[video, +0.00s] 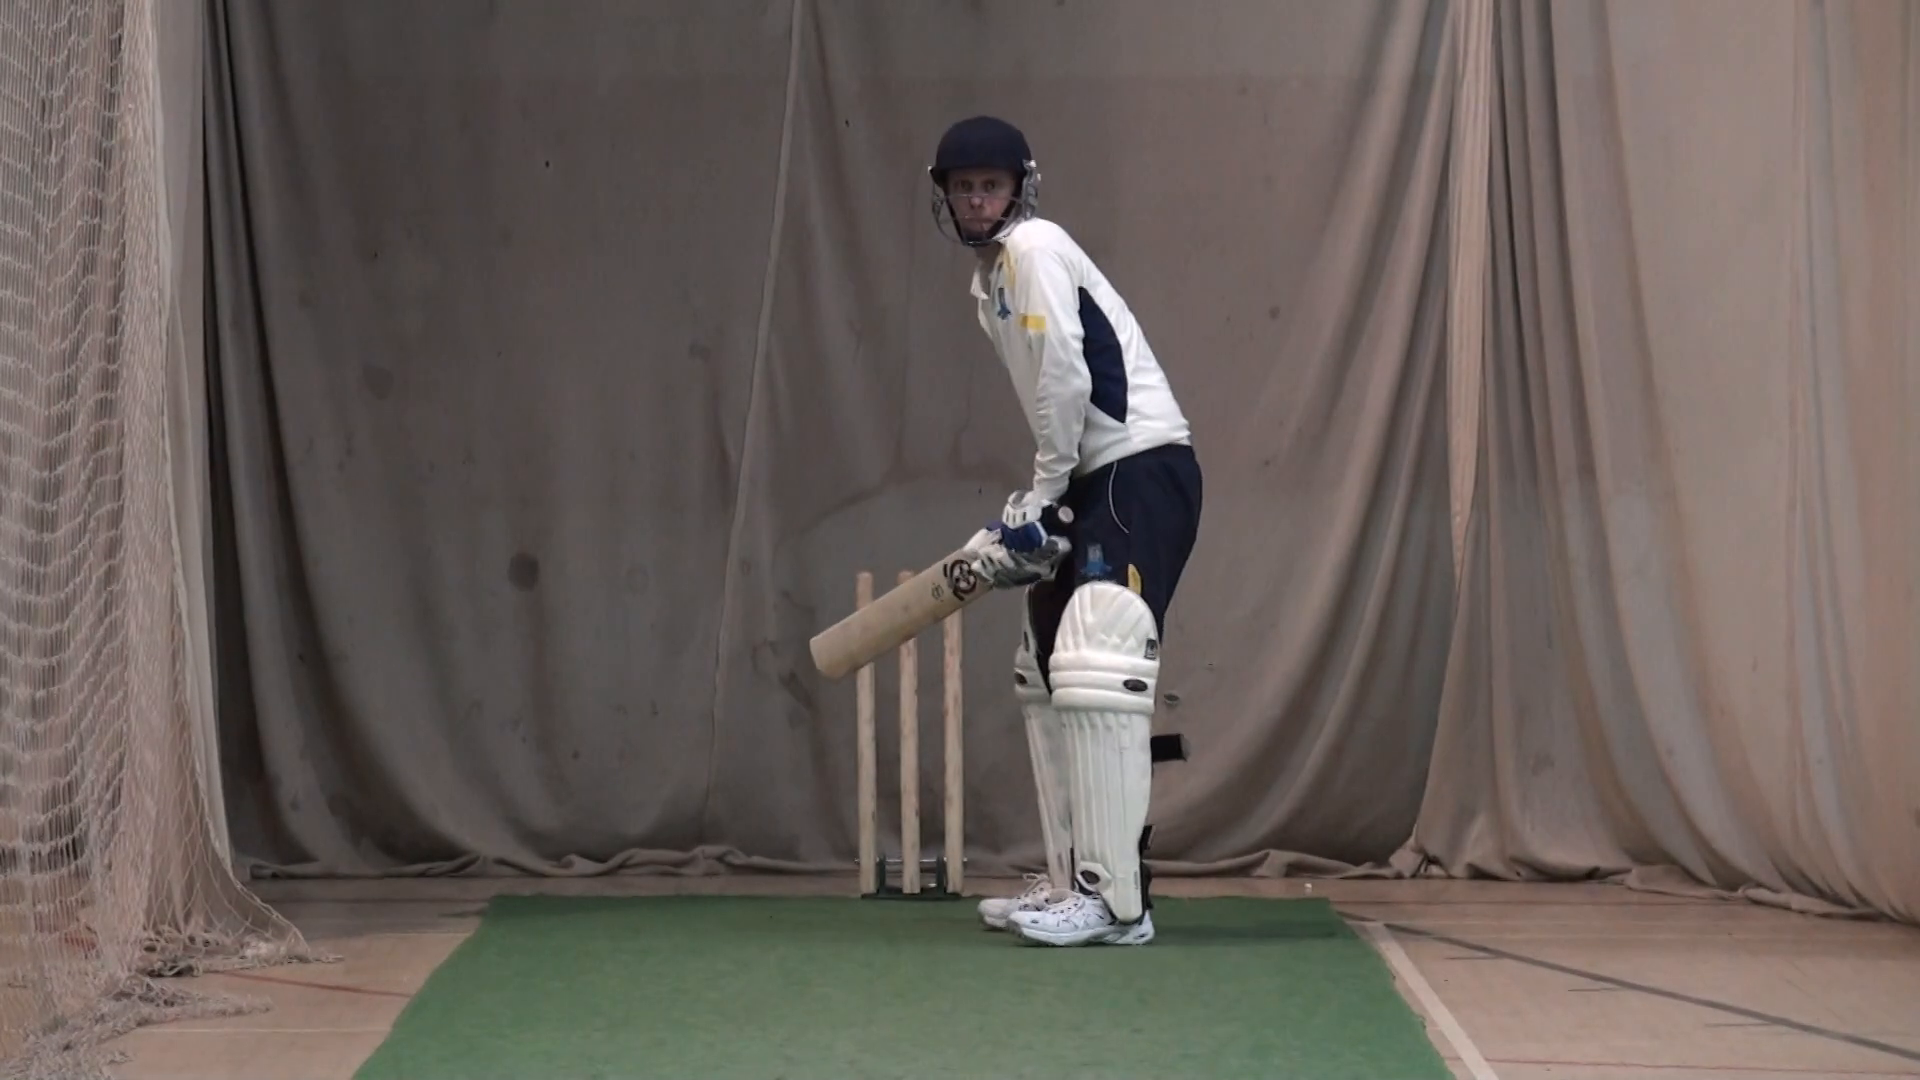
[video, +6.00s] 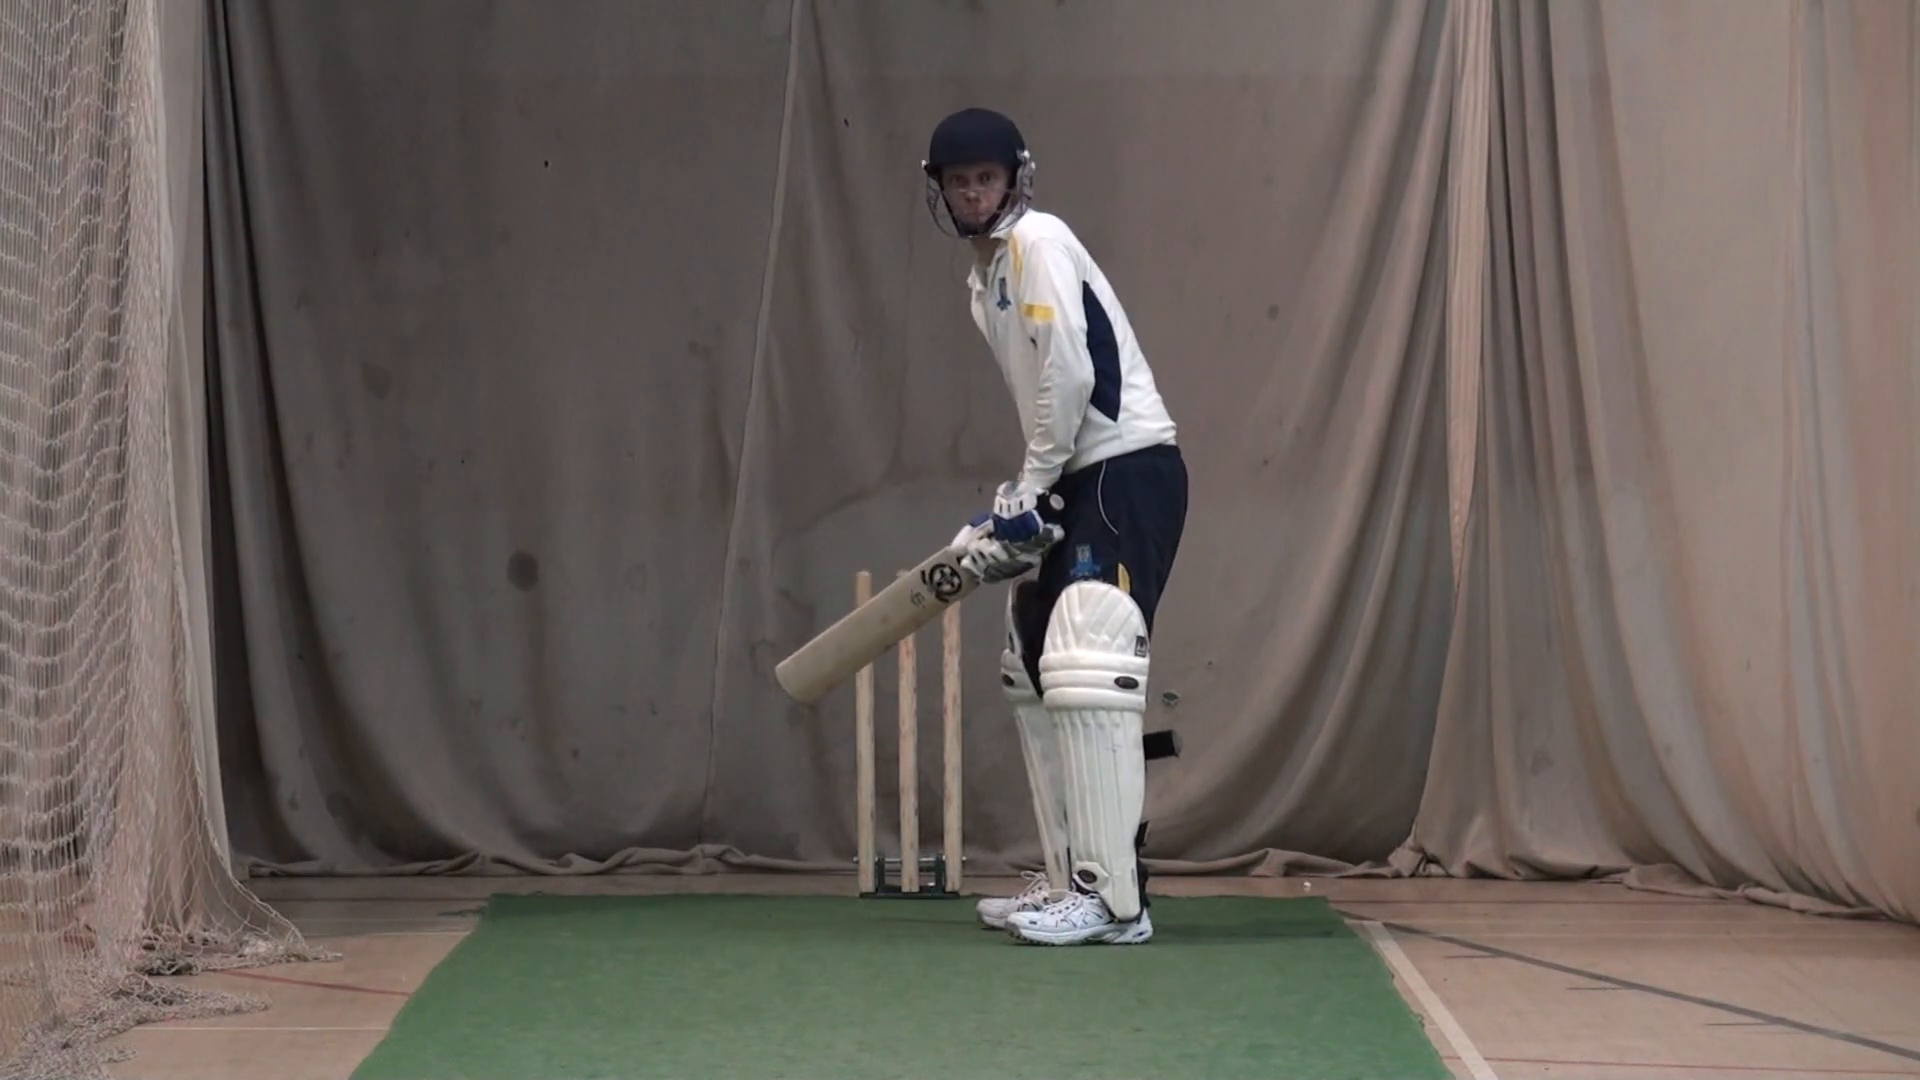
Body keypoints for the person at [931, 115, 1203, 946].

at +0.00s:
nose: (977, 202)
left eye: (992, 186)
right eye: (962, 189)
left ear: (1019, 187)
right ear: (944, 198)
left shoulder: (1033, 249)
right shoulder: (993, 280)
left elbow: (1066, 379)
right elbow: (1052, 412)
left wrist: (1044, 493)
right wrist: (1022, 520)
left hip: (1138, 468)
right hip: (1090, 480)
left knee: (1097, 674)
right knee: (1048, 676)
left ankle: (1115, 899)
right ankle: (1076, 885)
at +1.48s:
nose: (931, 298)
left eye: (922, 279)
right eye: (918, 291)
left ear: (939, 241)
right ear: (944, 240)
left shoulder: (1018, 269)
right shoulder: (1002, 286)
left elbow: (1059, 400)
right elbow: (1062, 421)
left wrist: (1030, 506)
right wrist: (1016, 533)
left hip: (1143, 475)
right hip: (1104, 486)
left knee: (1094, 676)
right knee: (1061, 676)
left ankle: (1113, 899)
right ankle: (1076, 884)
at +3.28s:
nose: (979, 194)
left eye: (996, 178)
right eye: (965, 180)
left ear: (1026, 182)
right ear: (947, 189)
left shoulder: (1042, 250)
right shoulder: (989, 284)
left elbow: (1077, 389)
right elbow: (1049, 419)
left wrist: (1044, 508)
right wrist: (1018, 535)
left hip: (1138, 473)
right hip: (1090, 480)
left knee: (1097, 678)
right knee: (1058, 676)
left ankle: (1113, 897)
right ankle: (1080, 882)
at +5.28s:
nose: (970, 197)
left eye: (986, 180)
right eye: (955, 184)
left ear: (1016, 181)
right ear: (939, 193)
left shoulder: (1032, 242)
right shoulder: (995, 275)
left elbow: (1068, 377)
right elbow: (1045, 409)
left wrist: (1035, 487)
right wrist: (1011, 516)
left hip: (1128, 470)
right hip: (1083, 479)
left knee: (1086, 674)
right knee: (1044, 675)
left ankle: (1112, 898)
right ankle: (1080, 882)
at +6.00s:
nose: (973, 195)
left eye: (987, 179)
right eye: (957, 182)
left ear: (1016, 180)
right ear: (939, 190)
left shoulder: (1035, 243)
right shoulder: (988, 278)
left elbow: (1068, 377)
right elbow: (1040, 408)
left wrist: (1028, 493)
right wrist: (1007, 519)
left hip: (1125, 469)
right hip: (1077, 480)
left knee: (1087, 671)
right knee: (1033, 672)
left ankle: (1113, 898)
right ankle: (1075, 882)